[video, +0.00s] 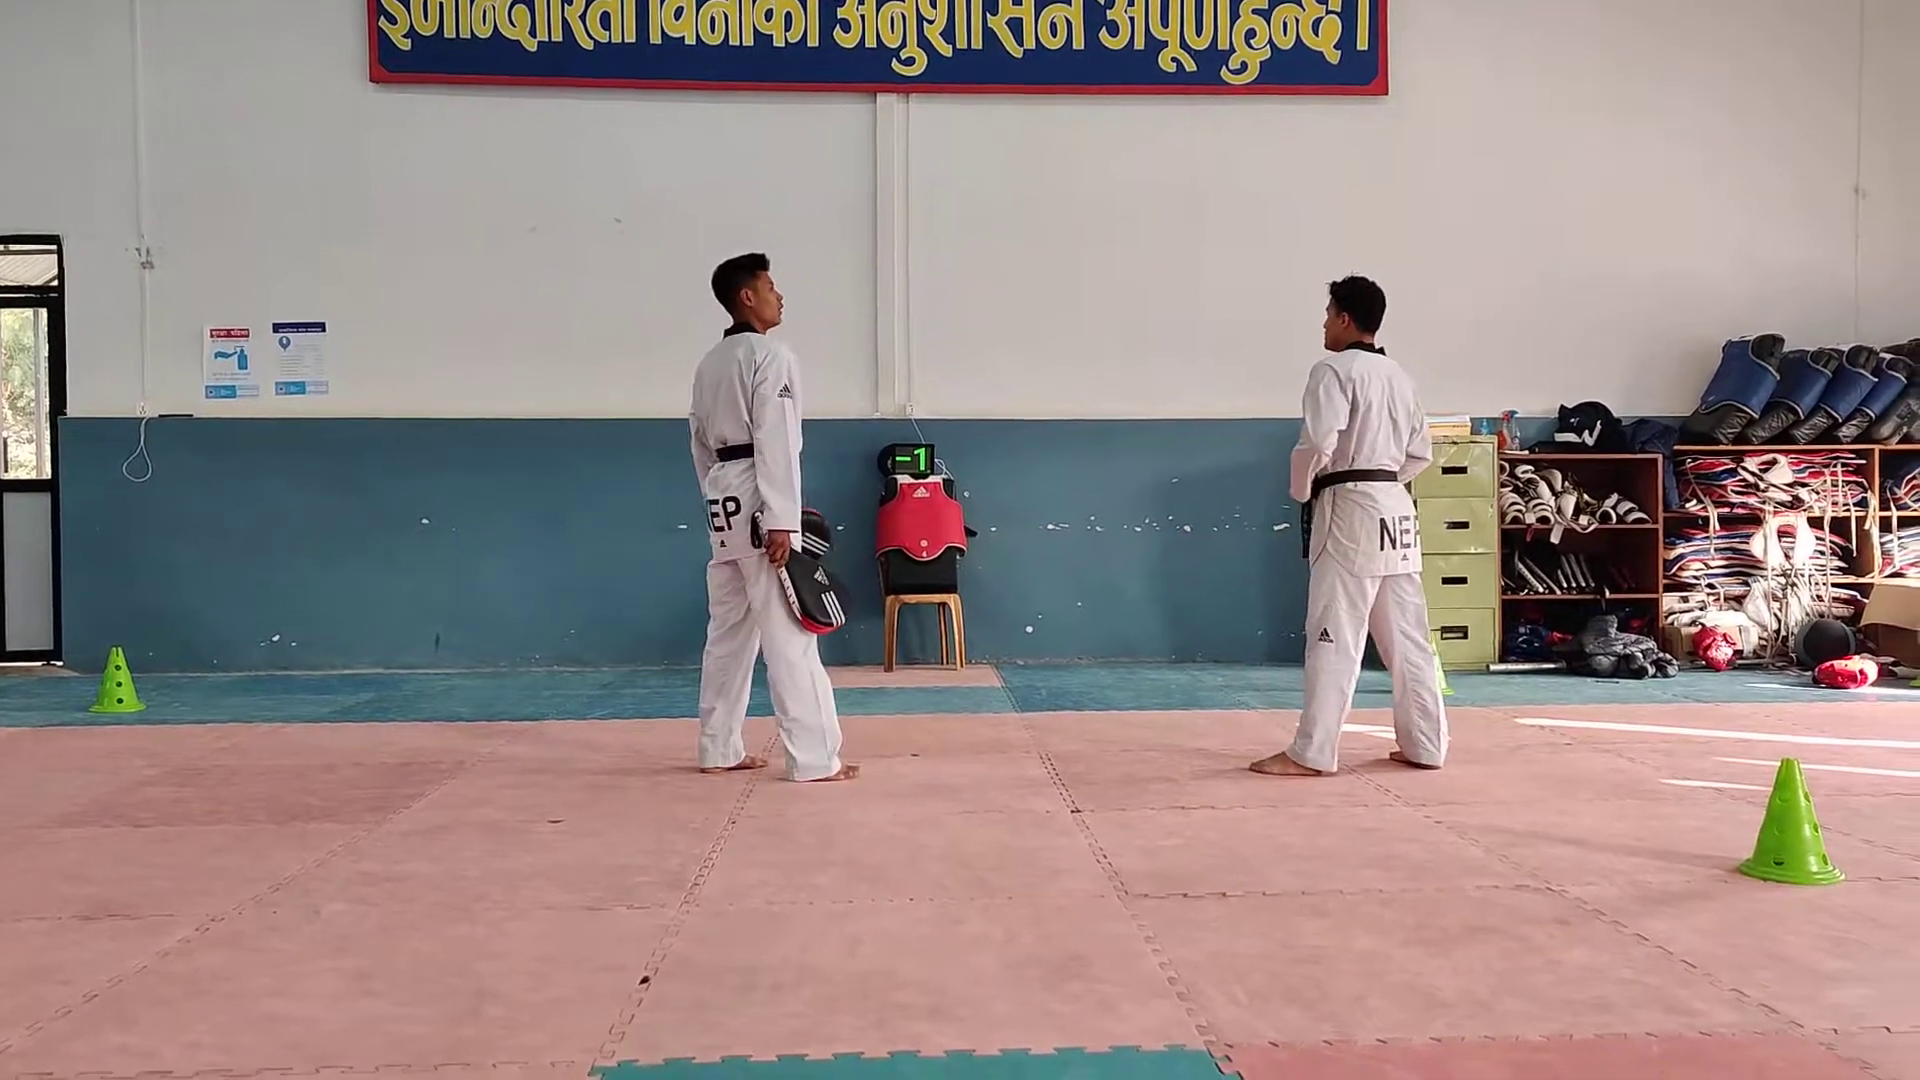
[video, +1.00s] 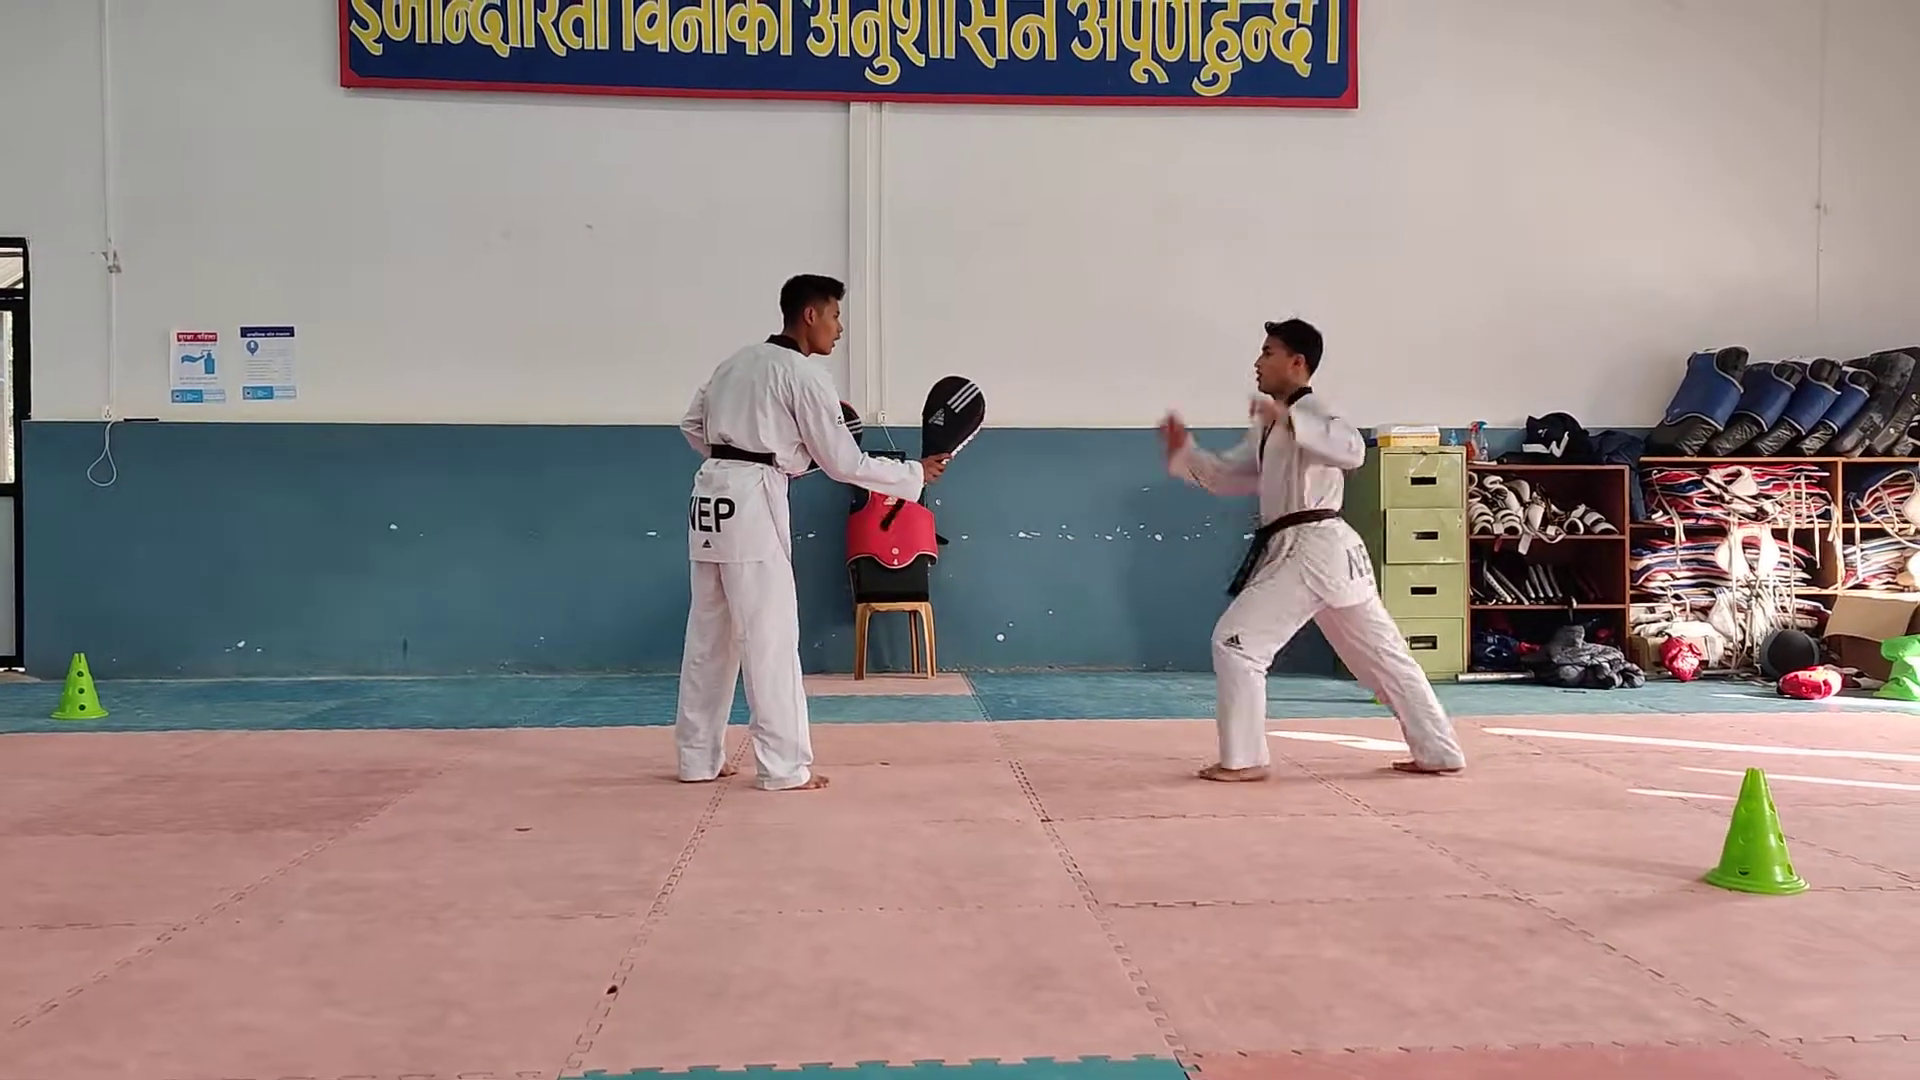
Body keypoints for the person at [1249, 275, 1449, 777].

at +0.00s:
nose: (1324, 322)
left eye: (1330, 313)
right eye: (1327, 312)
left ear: (1346, 319)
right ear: (1371, 324)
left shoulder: (1332, 369)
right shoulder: (1398, 376)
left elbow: (1316, 442)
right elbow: (1421, 451)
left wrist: (1299, 491)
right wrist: (1382, 483)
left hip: (1349, 508)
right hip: (1398, 508)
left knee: (1333, 633)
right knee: (1409, 635)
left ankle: (1313, 752)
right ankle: (1424, 746)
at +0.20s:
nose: (1300, 323)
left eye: (1304, 314)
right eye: (1302, 313)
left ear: (1321, 318)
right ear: (1346, 321)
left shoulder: (1313, 367)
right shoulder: (1378, 370)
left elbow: (1300, 435)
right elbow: (1408, 438)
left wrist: (1290, 484)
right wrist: (1370, 472)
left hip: (1338, 507)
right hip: (1387, 505)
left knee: (1319, 631)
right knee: (1389, 629)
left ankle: (1304, 751)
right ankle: (1422, 740)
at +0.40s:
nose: (1304, 330)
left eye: (1311, 321)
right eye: (1306, 320)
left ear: (1337, 326)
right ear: (1347, 329)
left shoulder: (1325, 374)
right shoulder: (1385, 379)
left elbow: (1320, 440)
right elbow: (1412, 451)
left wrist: (1294, 492)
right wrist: (1373, 484)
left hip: (1345, 512)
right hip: (1390, 510)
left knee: (1308, 633)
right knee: (1402, 632)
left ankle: (1297, 751)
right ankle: (1443, 736)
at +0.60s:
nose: (1303, 334)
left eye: (1312, 324)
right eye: (1305, 324)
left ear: (1343, 330)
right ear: (1347, 333)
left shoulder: (1329, 381)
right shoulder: (1386, 384)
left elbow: (1337, 453)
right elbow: (1415, 454)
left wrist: (1305, 494)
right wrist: (1372, 485)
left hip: (1349, 517)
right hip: (1394, 515)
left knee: (1310, 635)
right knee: (1406, 635)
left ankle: (1284, 752)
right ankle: (1436, 742)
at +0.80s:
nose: (1286, 334)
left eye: (1294, 325)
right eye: (1288, 324)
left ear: (1324, 332)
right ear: (1326, 334)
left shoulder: (1318, 380)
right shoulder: (1363, 389)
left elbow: (1334, 451)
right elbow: (1387, 463)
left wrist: (1284, 473)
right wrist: (1350, 497)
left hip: (1335, 516)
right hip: (1375, 517)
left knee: (1294, 635)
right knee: (1393, 637)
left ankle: (1276, 753)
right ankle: (1432, 742)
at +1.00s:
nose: (1258, 362)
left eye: (1267, 354)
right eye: (1261, 353)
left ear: (1297, 363)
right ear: (1291, 364)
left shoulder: (1313, 411)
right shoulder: (1272, 426)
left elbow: (1351, 451)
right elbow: (1242, 476)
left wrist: (1287, 419)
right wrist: (1188, 456)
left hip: (1308, 545)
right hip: (1325, 545)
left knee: (1236, 642)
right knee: (1382, 654)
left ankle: (1244, 759)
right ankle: (1439, 752)